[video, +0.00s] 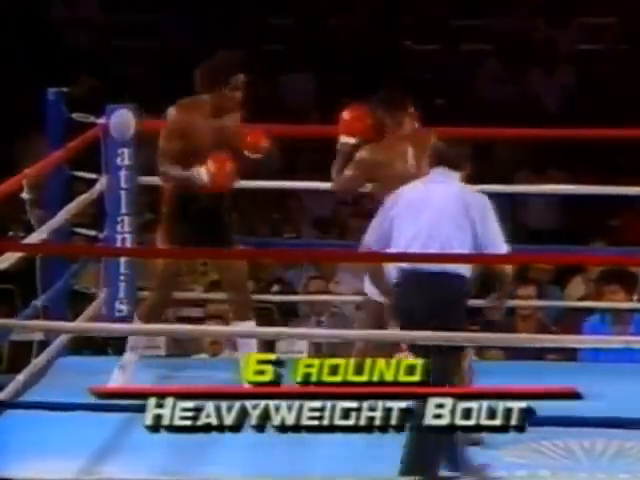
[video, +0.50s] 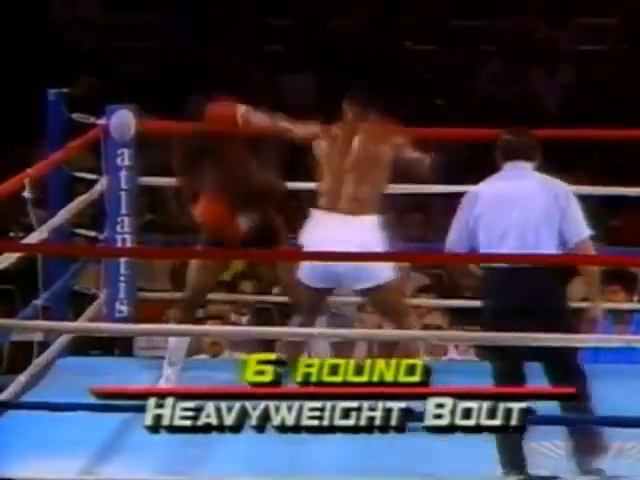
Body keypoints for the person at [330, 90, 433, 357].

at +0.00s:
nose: (417, 120)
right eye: (411, 115)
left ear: (381, 118)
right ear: (408, 115)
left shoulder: (372, 154)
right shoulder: (428, 143)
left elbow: (339, 185)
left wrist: (344, 147)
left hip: (389, 235)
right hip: (427, 233)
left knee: (374, 305)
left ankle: (359, 368)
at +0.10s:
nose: (370, 119)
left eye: (371, 113)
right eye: (370, 113)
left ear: (377, 110)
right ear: (403, 107)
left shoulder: (368, 146)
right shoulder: (436, 137)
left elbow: (356, 201)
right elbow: (445, 186)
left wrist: (346, 167)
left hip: (384, 232)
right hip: (432, 231)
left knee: (371, 326)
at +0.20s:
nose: (365, 118)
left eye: (367, 112)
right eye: (365, 112)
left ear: (376, 110)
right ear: (400, 108)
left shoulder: (365, 144)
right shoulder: (434, 137)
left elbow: (355, 200)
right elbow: (436, 183)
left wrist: (349, 165)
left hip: (380, 235)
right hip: (426, 233)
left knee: (370, 325)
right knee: (435, 327)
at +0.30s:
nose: (366, 131)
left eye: (367, 124)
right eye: (365, 124)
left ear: (379, 123)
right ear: (401, 121)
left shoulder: (366, 160)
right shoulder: (432, 152)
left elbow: (335, 200)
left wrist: (333, 175)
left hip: (369, 257)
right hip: (417, 258)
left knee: (340, 326)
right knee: (448, 344)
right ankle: (457, 414)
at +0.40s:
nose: (352, 122)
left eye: (355, 116)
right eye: (353, 116)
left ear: (363, 117)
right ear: (389, 116)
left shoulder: (346, 156)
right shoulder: (419, 150)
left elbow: (316, 192)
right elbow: (428, 181)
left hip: (354, 241)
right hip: (401, 242)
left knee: (327, 324)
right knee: (434, 330)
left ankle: (307, 389)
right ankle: (447, 397)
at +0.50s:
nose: (347, 116)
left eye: (347, 110)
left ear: (346, 109)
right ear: (377, 112)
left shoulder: (323, 134)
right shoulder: (390, 139)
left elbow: (282, 125)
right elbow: (425, 165)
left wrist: (246, 115)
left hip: (320, 230)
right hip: (365, 235)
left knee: (303, 316)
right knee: (404, 319)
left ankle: (279, 377)